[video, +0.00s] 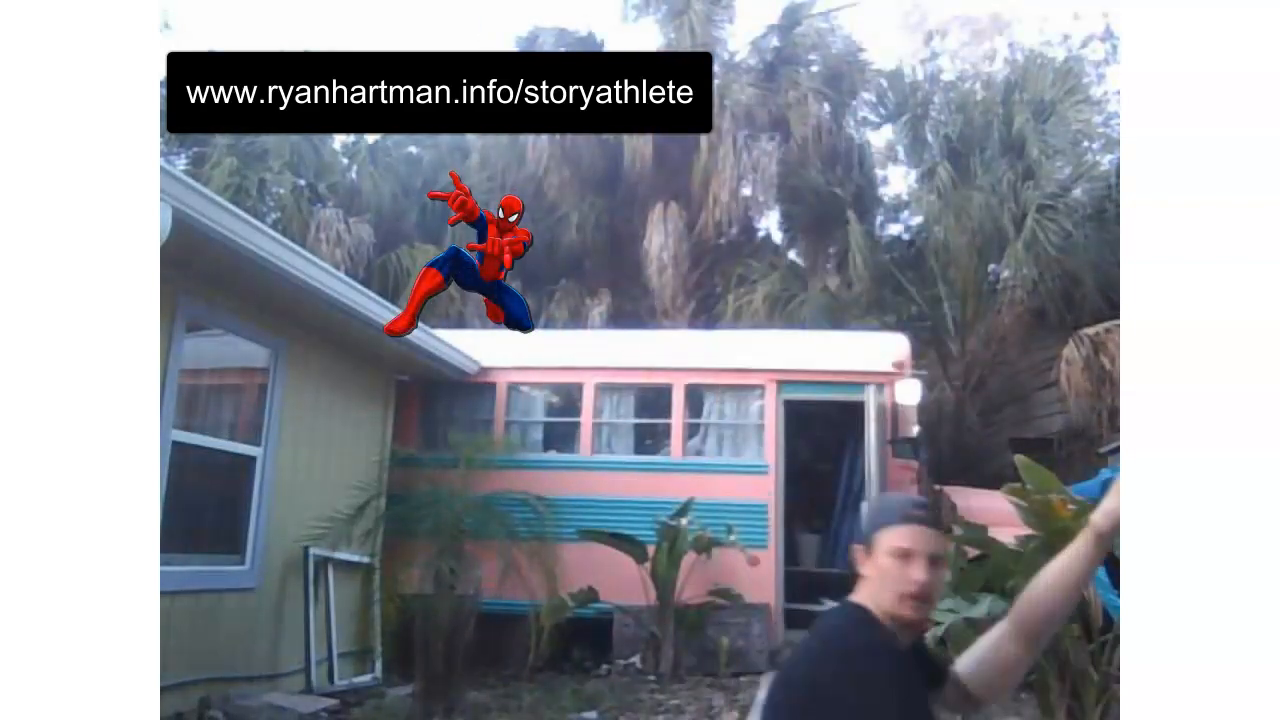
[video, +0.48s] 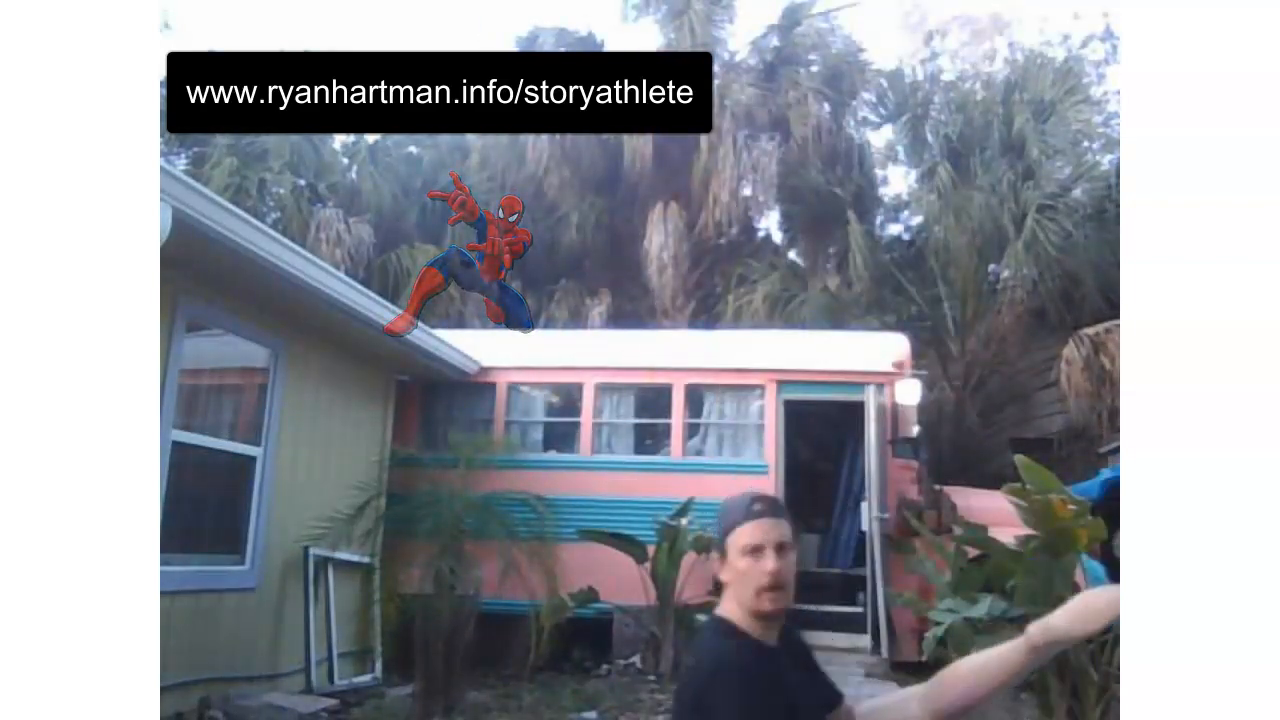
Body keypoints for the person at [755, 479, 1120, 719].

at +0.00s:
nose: (922, 579)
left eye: (934, 563)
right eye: (903, 558)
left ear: (947, 569)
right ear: (862, 561)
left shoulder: (895, 644)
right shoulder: (851, 649)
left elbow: (960, 695)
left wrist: (1095, 536)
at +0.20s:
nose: (825, 544)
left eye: (834, 527)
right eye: (804, 532)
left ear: (852, 539)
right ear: (776, 553)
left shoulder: (842, 639)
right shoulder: (772, 648)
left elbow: (969, 662)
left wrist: (1050, 536)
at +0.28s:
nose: (779, 535)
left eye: (786, 518)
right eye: (759, 527)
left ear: (806, 528)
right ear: (737, 553)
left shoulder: (805, 626)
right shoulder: (761, 643)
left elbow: (875, 706)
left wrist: (953, 679)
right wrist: (958, 690)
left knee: (965, 675)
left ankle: (1064, 596)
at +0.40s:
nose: (763, 538)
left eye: (769, 520)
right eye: (742, 532)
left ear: (790, 528)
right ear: (721, 560)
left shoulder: (793, 626)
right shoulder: (749, 648)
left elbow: (864, 706)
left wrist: (939, 674)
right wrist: (943, 709)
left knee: (951, 675)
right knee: (970, 702)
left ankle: (1062, 590)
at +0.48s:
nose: (772, 567)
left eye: (782, 550)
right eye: (753, 553)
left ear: (797, 558)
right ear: (720, 568)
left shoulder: (781, 639)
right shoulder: (720, 668)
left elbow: (846, 714)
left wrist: (1045, 635)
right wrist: (1049, 634)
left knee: (930, 700)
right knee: (925, 702)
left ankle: (1051, 632)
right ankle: (1051, 631)